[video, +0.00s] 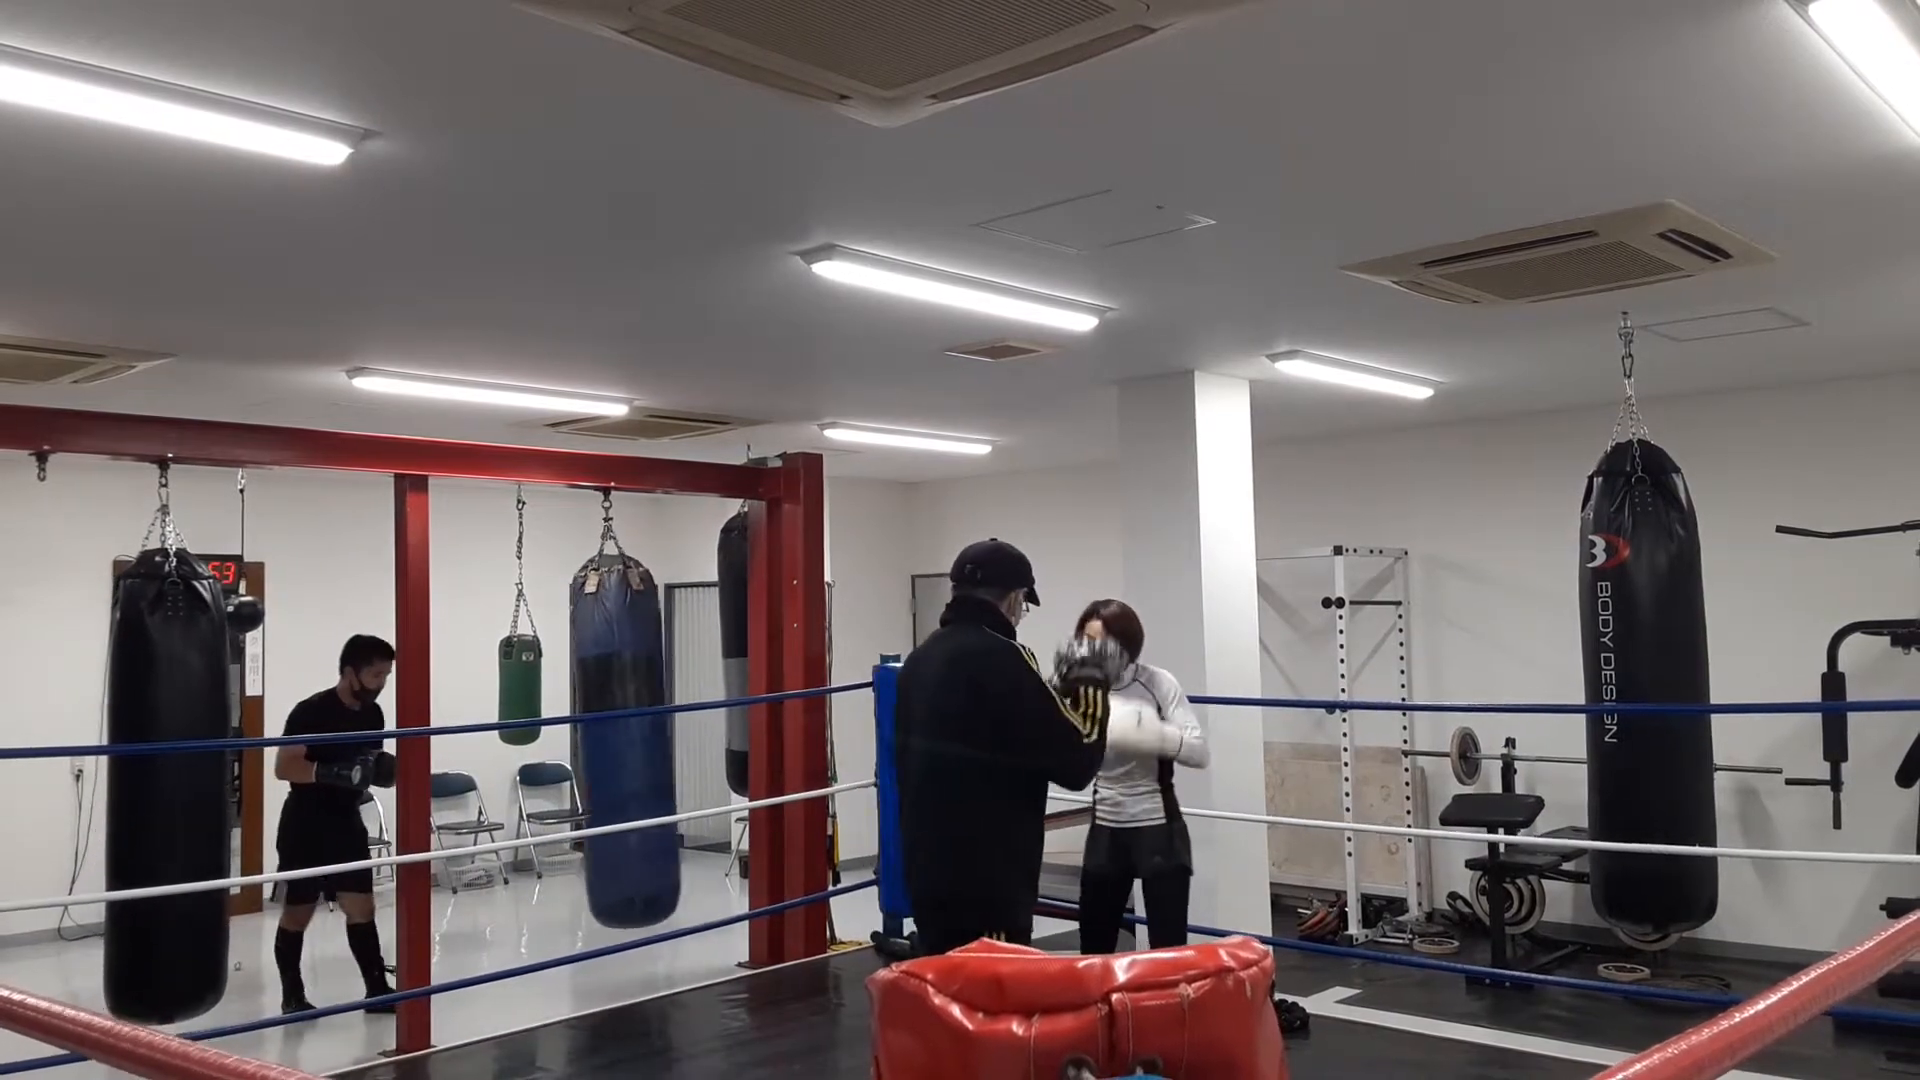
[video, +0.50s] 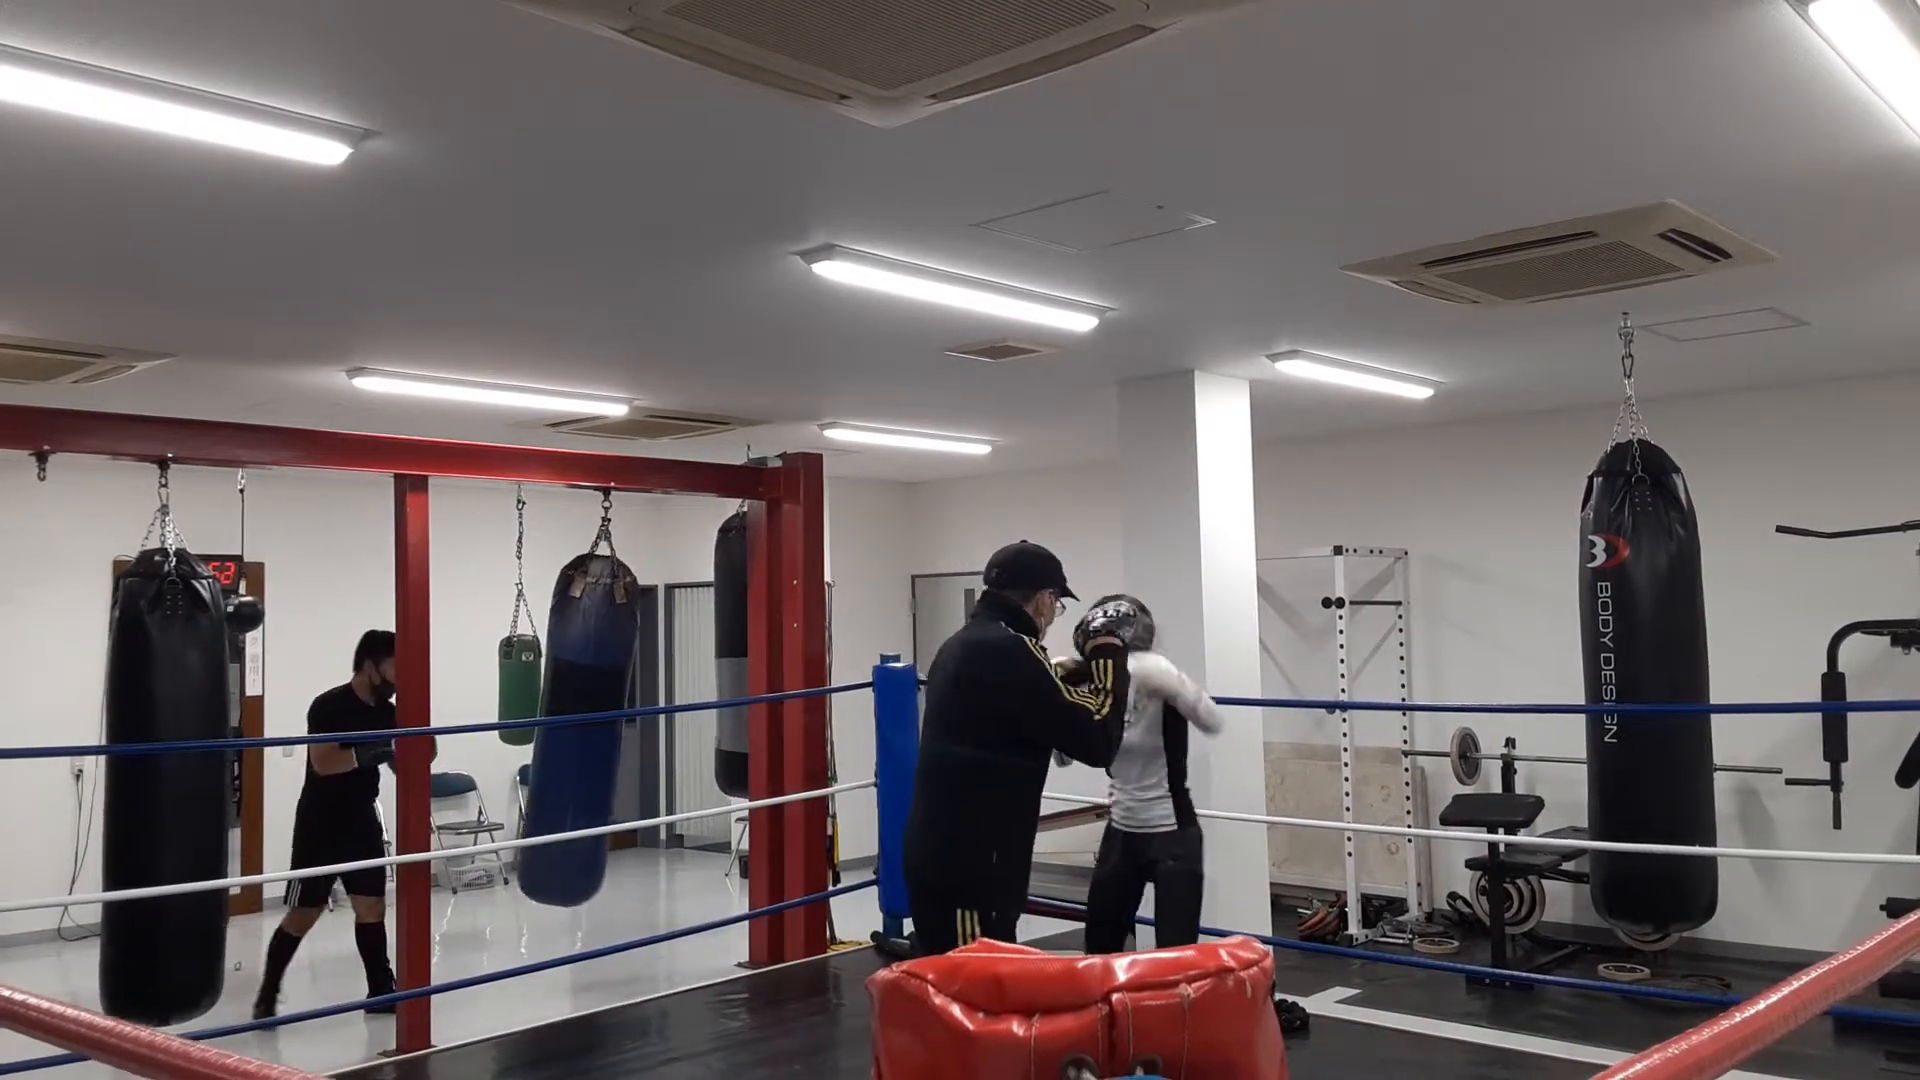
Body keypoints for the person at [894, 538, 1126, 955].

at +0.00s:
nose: (1022, 613)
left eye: (1024, 602)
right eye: (1022, 601)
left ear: (961, 593)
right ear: (1009, 599)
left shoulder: (918, 661)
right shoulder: (1001, 659)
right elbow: (1078, 767)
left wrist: (1055, 695)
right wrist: (1091, 690)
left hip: (929, 874)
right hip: (995, 879)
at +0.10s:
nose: (1026, 611)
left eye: (1029, 600)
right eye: (1028, 600)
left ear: (965, 591)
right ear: (1015, 599)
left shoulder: (924, 657)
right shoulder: (1004, 659)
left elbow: (990, 723)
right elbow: (1087, 757)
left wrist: (1051, 673)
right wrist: (1094, 668)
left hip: (931, 873)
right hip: (996, 877)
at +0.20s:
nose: (1032, 606)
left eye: (1034, 597)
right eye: (1033, 596)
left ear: (972, 589)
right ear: (1020, 596)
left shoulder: (931, 653)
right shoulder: (1007, 660)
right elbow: (1095, 751)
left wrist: (1049, 658)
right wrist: (1097, 661)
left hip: (933, 864)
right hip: (997, 871)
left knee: (946, 1005)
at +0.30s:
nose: (1038, 609)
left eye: (1041, 599)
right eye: (1040, 598)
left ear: (978, 590)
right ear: (1029, 598)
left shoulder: (939, 650)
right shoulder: (1012, 660)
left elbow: (995, 697)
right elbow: (1102, 747)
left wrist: (1050, 652)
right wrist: (1102, 658)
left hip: (933, 862)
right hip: (991, 870)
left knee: (945, 1004)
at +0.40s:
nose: (1048, 610)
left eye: (1051, 600)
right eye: (1049, 599)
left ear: (990, 590)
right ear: (1036, 599)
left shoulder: (949, 647)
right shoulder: (1015, 659)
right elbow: (1104, 745)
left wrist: (1055, 653)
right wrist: (1106, 657)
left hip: (933, 860)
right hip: (984, 869)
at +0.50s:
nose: (1056, 612)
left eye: (1058, 602)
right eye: (1056, 600)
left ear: (1000, 592)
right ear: (1039, 598)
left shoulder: (959, 646)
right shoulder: (1011, 653)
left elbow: (1004, 709)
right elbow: (1098, 743)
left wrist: (1059, 675)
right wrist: (1108, 655)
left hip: (937, 858)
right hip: (979, 866)